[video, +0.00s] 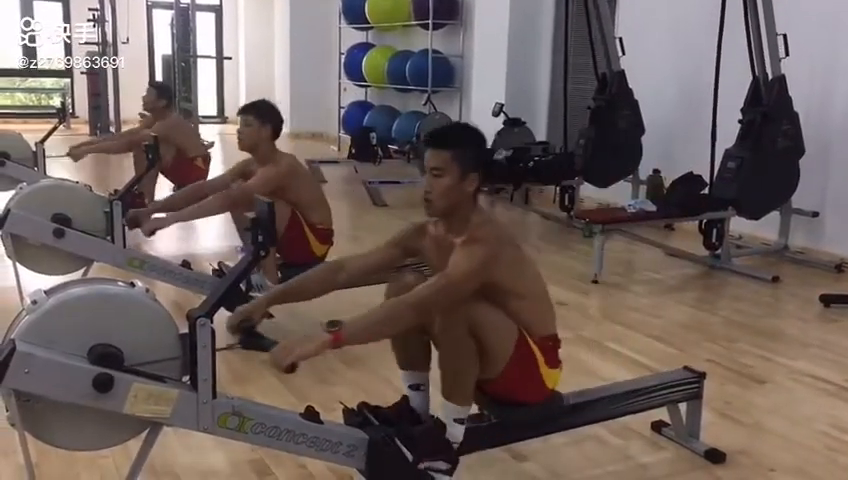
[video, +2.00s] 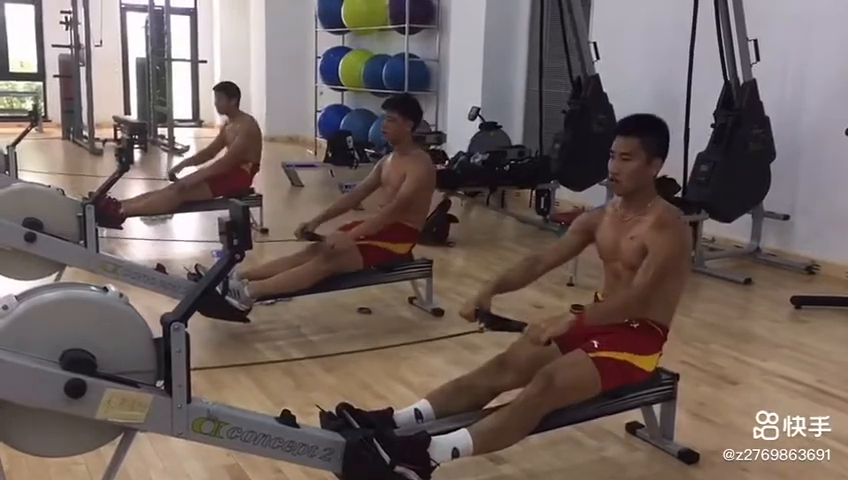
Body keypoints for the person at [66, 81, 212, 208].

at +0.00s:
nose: (144, 97)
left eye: (149, 95)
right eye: (146, 94)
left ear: (162, 103)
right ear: (160, 103)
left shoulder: (169, 124)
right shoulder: (158, 119)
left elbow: (127, 144)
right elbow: (125, 137)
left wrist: (87, 151)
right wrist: (89, 144)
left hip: (194, 173)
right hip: (188, 169)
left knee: (143, 148)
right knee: (142, 146)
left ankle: (145, 201)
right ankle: (143, 198)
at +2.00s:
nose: (215, 104)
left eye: (218, 99)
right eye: (215, 99)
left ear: (232, 100)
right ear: (229, 101)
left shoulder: (246, 127)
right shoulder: (229, 126)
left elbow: (225, 164)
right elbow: (209, 152)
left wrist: (187, 181)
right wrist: (182, 164)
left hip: (237, 181)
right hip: (224, 175)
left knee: (179, 193)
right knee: (175, 189)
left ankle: (121, 213)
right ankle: (118, 206)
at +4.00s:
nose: (243, 98)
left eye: (248, 95)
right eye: (245, 94)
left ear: (257, 101)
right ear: (250, 99)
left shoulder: (256, 128)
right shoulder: (243, 123)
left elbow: (221, 148)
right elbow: (213, 139)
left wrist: (183, 154)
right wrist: (179, 144)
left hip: (249, 183)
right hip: (241, 177)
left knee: (190, 176)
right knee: (186, 174)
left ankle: (141, 216)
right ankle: (139, 207)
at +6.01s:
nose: (212, 111)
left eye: (216, 107)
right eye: (212, 107)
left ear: (230, 110)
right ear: (223, 111)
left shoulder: (243, 133)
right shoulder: (223, 131)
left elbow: (218, 162)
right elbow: (199, 152)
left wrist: (184, 176)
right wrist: (171, 167)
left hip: (246, 186)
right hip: (236, 181)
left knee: (189, 179)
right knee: (182, 176)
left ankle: (141, 217)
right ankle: (138, 211)